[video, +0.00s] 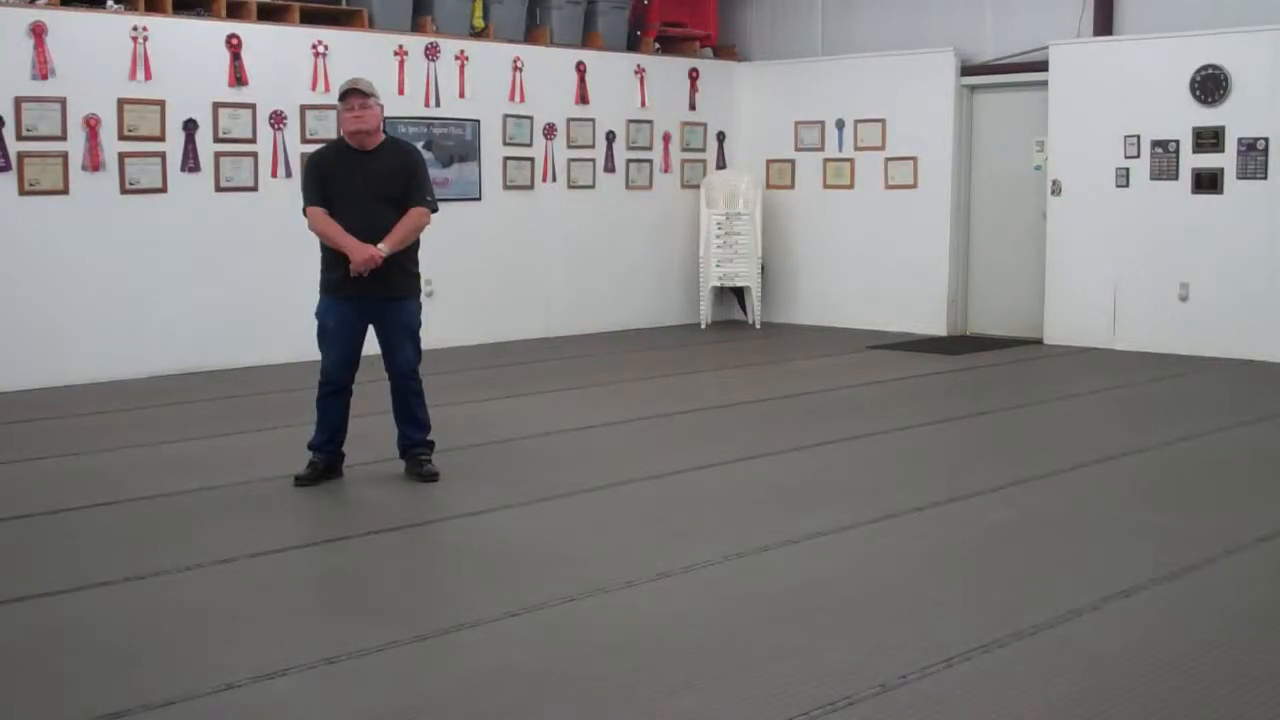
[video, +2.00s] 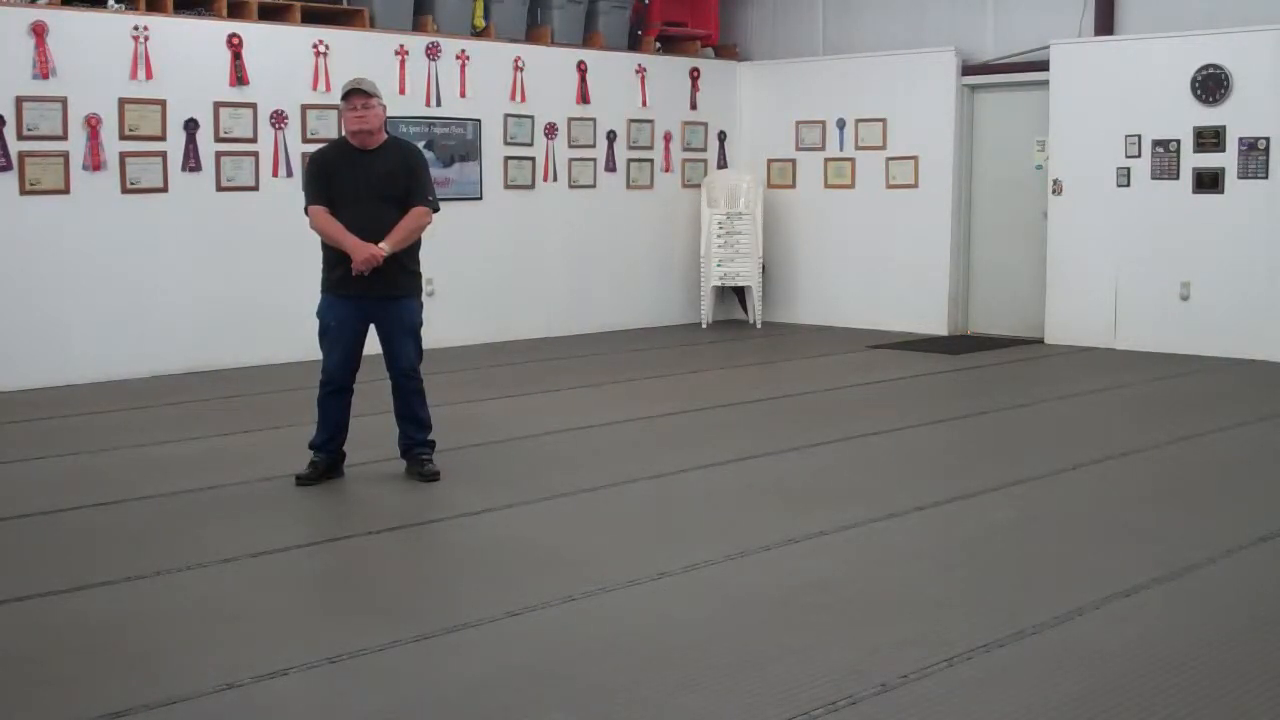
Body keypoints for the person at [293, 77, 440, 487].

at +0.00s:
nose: (357, 113)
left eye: (364, 106)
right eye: (349, 108)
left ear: (380, 112)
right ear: (339, 118)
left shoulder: (406, 156)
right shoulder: (320, 162)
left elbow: (421, 213)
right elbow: (315, 216)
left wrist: (378, 252)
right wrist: (354, 248)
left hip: (397, 288)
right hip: (342, 289)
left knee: (405, 373)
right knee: (334, 376)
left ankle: (418, 452)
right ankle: (326, 456)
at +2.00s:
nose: (360, 114)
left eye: (367, 106)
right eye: (352, 108)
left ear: (383, 112)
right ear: (341, 117)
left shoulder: (407, 155)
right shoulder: (323, 160)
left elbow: (422, 213)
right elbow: (317, 215)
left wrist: (380, 250)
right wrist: (356, 247)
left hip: (398, 287)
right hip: (342, 288)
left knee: (407, 373)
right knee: (335, 376)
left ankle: (419, 452)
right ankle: (327, 455)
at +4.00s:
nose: (357, 114)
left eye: (365, 107)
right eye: (350, 109)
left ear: (380, 111)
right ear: (339, 117)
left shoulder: (406, 155)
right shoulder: (321, 161)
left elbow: (421, 211)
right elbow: (315, 214)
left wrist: (378, 249)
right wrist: (354, 246)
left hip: (397, 287)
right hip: (342, 288)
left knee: (406, 373)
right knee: (335, 375)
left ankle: (419, 452)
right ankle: (327, 455)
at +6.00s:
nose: (357, 117)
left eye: (364, 109)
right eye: (349, 112)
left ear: (380, 113)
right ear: (338, 120)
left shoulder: (406, 155)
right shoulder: (328, 158)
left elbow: (421, 213)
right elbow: (312, 214)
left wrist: (378, 250)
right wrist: (354, 246)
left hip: (397, 288)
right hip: (342, 289)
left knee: (406, 372)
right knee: (335, 376)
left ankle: (418, 450)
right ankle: (326, 454)